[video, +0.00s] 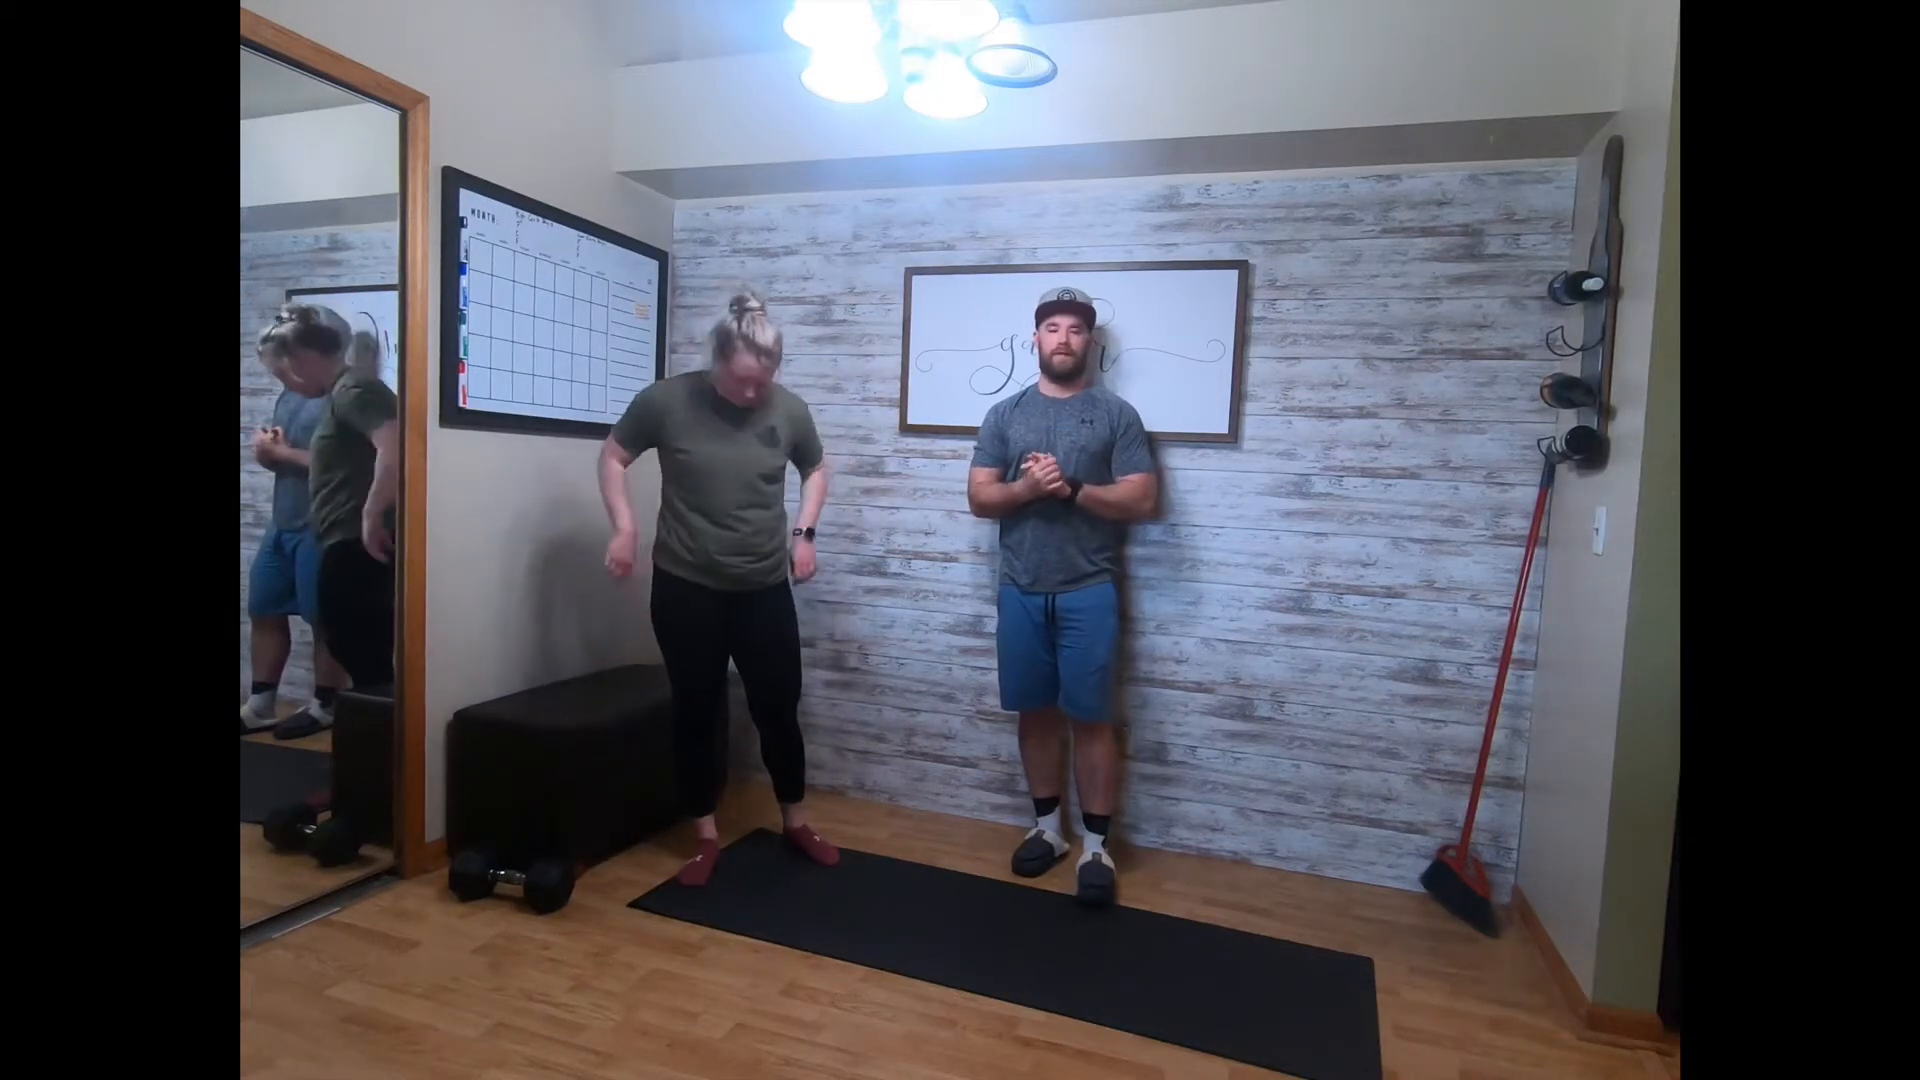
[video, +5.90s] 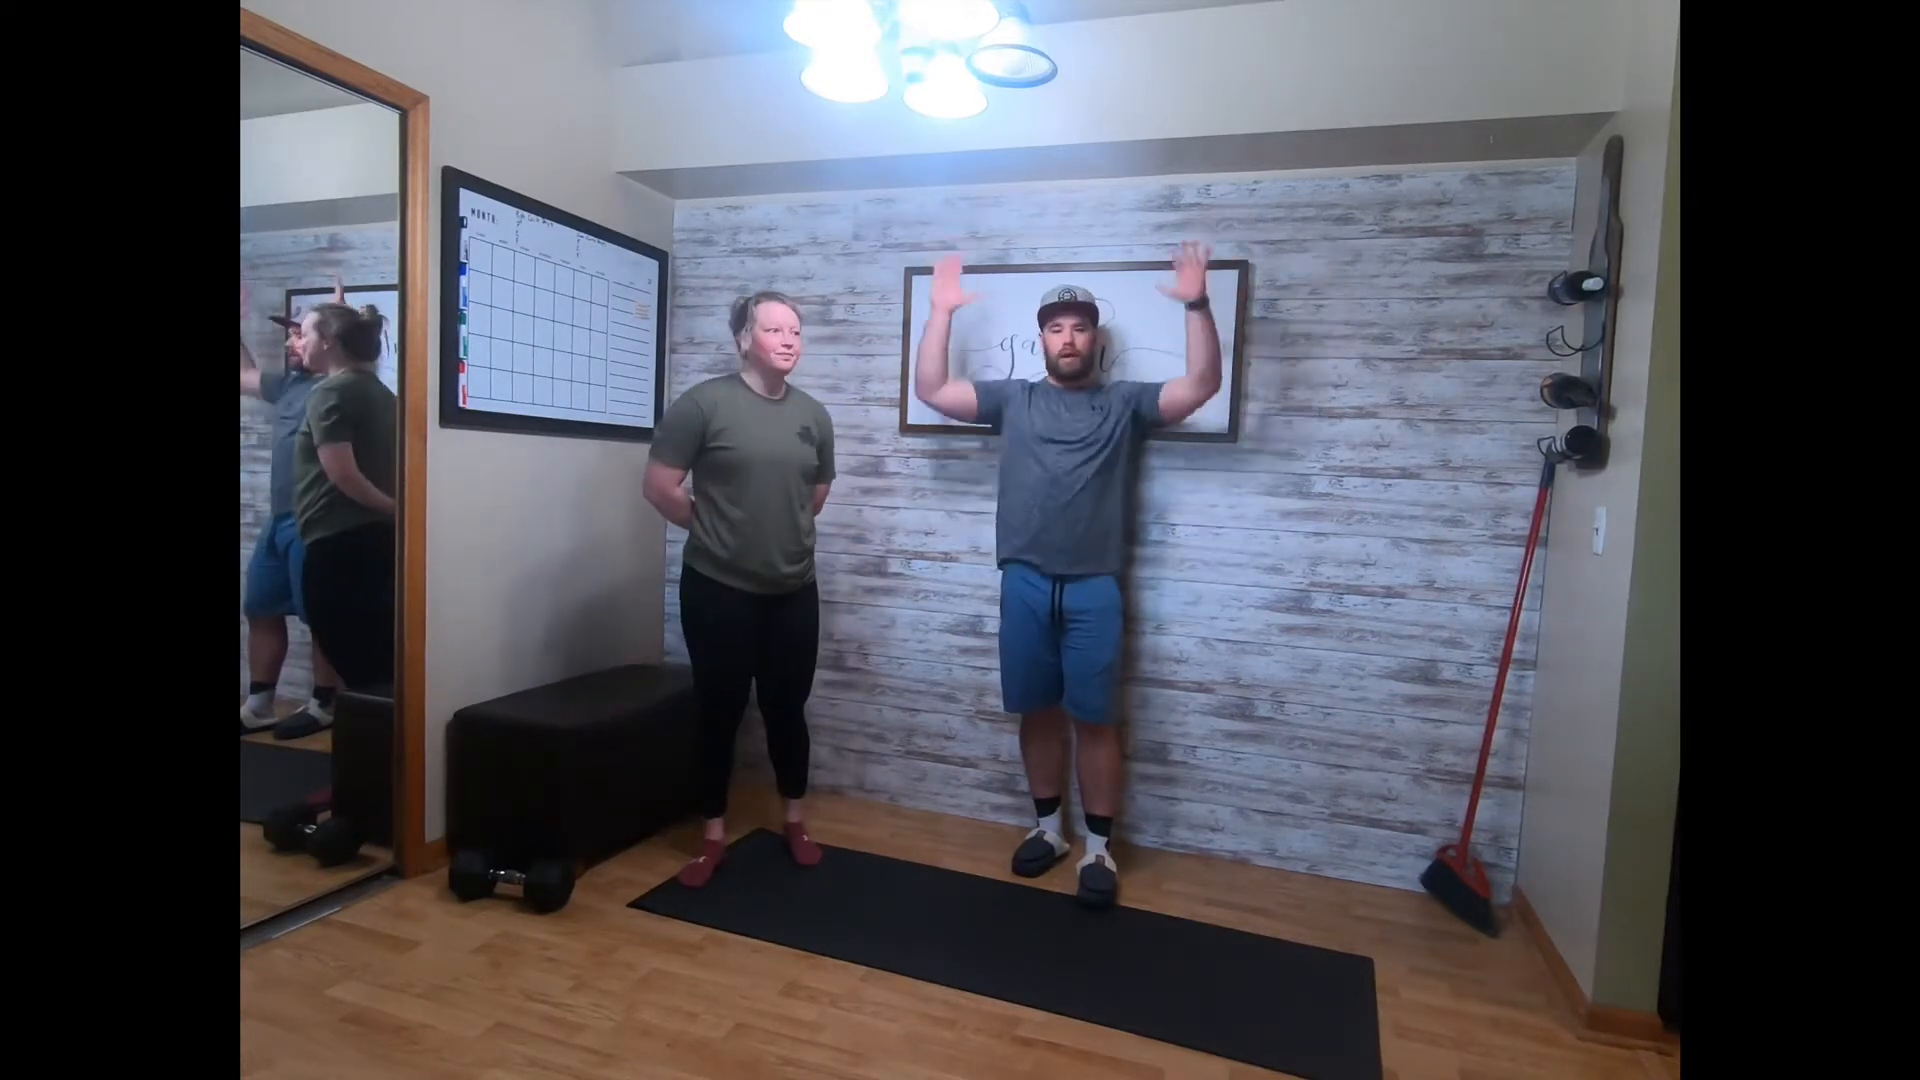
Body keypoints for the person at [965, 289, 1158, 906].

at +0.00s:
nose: (1063, 338)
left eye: (1075, 330)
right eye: (1052, 328)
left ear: (1091, 343)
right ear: (1036, 340)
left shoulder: (1115, 414)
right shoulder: (1004, 415)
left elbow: (1143, 500)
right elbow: (980, 498)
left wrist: (1071, 489)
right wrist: (1025, 488)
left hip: (1089, 584)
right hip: (1020, 585)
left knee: (1090, 714)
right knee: (1034, 710)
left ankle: (1096, 848)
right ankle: (1048, 830)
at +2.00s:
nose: (1060, 339)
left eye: (1070, 329)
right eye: (1048, 332)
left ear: (1089, 339)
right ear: (1035, 346)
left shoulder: (1124, 413)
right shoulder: (1013, 415)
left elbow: (1158, 500)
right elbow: (988, 498)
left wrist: (1100, 479)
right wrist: (1048, 487)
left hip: (1101, 584)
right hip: (1031, 584)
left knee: (1097, 714)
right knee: (1040, 709)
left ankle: (1098, 850)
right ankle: (1049, 830)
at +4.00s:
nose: (1064, 335)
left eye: (1075, 326)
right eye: (1052, 329)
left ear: (1094, 338)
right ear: (1039, 343)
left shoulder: (1127, 414)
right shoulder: (1015, 417)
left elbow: (1163, 499)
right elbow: (987, 497)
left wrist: (1104, 488)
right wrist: (1042, 503)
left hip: (1102, 585)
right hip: (1033, 585)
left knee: (1098, 716)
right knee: (1041, 711)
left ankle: (1098, 850)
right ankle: (1049, 831)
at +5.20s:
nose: (1070, 333)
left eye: (1082, 326)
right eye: (1059, 326)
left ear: (1099, 341)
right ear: (1044, 340)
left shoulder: (1127, 414)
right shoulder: (1017, 413)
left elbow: (1171, 498)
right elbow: (962, 482)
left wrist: (1173, 442)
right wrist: (972, 432)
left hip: (1095, 583)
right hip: (1026, 583)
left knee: (1094, 716)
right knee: (1038, 711)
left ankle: (1097, 851)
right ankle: (1048, 831)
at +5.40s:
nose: (1071, 335)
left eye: (1083, 327)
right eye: (1060, 326)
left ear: (1099, 341)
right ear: (1044, 339)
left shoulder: (1127, 408)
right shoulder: (1015, 405)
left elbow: (1199, 445)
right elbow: (939, 436)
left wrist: (1204, 374)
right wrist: (949, 369)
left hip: (1095, 584)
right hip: (1025, 583)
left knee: (1095, 717)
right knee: (1036, 712)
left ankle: (1097, 851)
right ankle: (1048, 831)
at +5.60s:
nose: (1072, 335)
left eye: (1083, 327)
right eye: (1061, 327)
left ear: (1100, 340)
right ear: (1045, 341)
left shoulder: (1126, 397)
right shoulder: (1016, 393)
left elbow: (1197, 354)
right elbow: (940, 358)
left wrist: (1218, 274)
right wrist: (937, 278)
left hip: (1093, 577)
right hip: (1024, 576)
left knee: (1094, 713)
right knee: (1034, 708)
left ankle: (1098, 849)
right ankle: (1048, 829)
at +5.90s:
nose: (1067, 337)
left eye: (1079, 328)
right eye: (1056, 328)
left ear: (1097, 339)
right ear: (1041, 340)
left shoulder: (1125, 402)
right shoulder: (1014, 398)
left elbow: (1202, 384)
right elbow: (932, 388)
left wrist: (1195, 303)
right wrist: (942, 311)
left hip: (1094, 579)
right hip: (1024, 576)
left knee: (1092, 715)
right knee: (1037, 708)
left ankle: (1098, 850)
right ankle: (1049, 833)